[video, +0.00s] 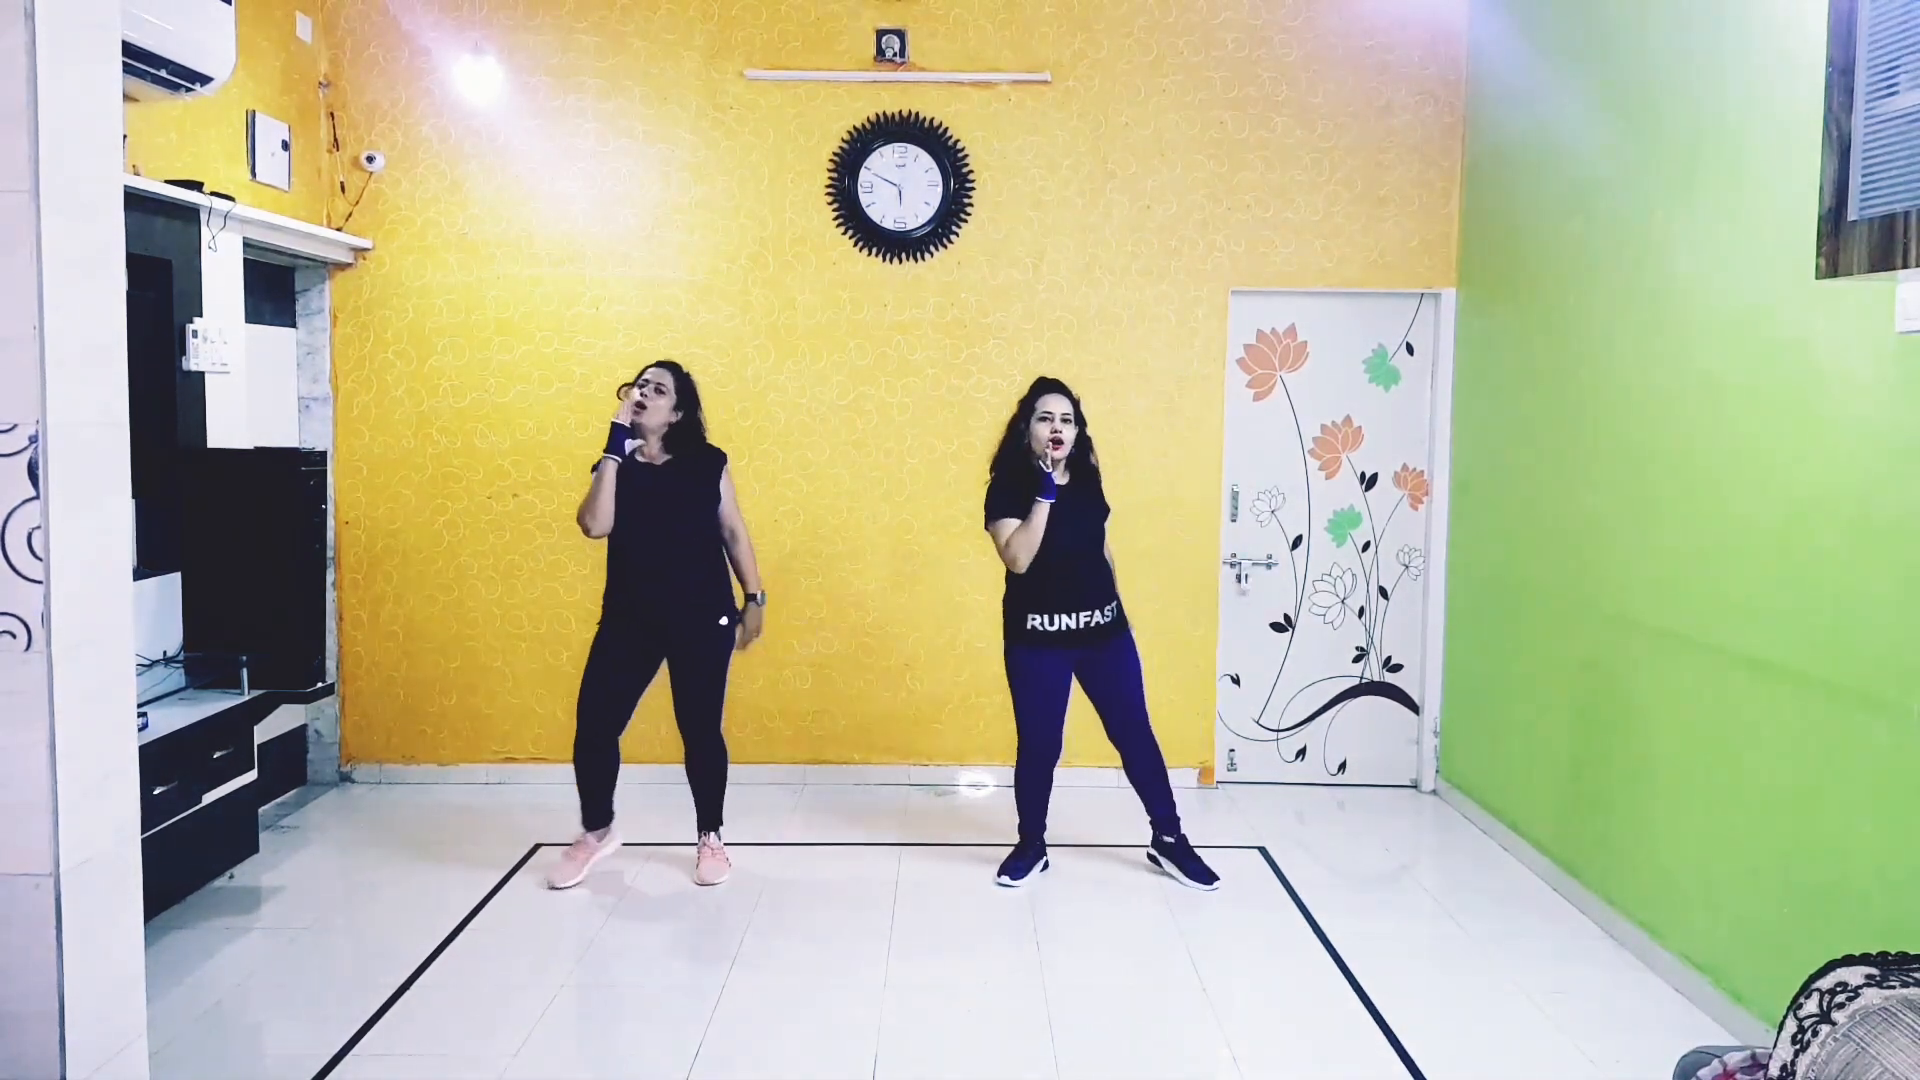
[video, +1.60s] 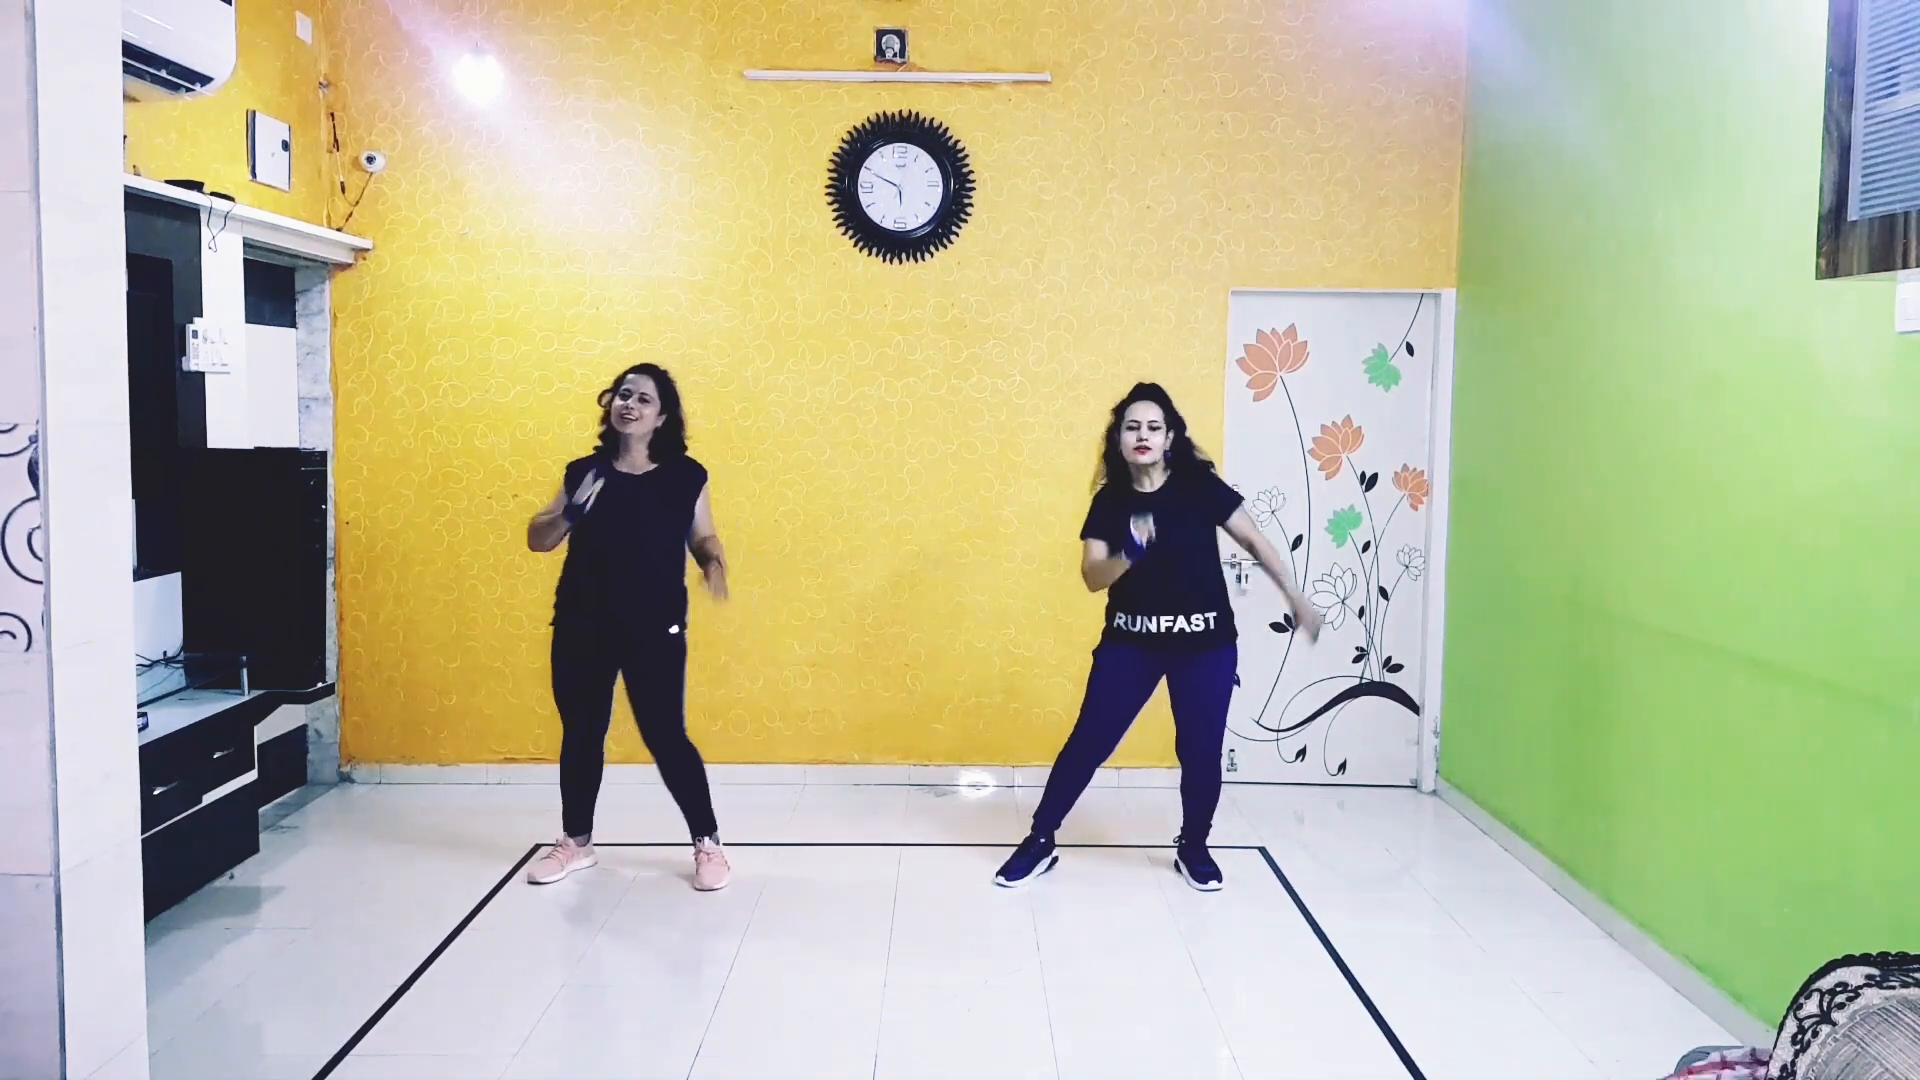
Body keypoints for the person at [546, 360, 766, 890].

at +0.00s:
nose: (642, 394)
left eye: (657, 390)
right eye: (639, 386)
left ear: (680, 412)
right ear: (628, 399)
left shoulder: (708, 463)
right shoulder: (612, 466)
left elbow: (733, 530)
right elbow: (596, 525)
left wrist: (754, 597)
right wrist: (614, 448)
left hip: (700, 618)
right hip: (631, 617)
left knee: (701, 728)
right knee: (594, 724)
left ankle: (710, 836)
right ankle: (596, 830)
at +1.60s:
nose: (627, 403)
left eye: (642, 399)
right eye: (622, 394)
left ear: (663, 416)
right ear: (609, 406)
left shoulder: (685, 478)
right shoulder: (584, 472)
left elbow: (704, 540)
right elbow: (538, 541)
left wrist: (713, 562)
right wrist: (568, 511)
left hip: (653, 628)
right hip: (583, 625)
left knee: (665, 737)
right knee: (580, 734)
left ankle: (706, 845)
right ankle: (575, 841)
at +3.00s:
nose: (613, 407)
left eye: (626, 402)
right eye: (606, 398)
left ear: (645, 416)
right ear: (590, 407)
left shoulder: (671, 472)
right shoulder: (570, 478)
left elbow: (697, 538)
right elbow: (551, 550)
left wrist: (708, 550)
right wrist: (490, 564)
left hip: (645, 628)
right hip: (575, 628)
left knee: (664, 736)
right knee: (579, 736)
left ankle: (700, 840)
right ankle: (580, 844)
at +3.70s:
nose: (646, 415)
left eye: (660, 410)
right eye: (640, 407)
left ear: (681, 423)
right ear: (626, 417)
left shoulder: (705, 481)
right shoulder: (611, 490)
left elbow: (743, 541)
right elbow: (611, 560)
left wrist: (774, 549)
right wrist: (571, 597)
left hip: (720, 623)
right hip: (654, 628)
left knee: (725, 729)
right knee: (610, 730)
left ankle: (739, 845)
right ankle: (601, 849)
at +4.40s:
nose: (655, 420)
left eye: (669, 413)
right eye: (648, 412)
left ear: (691, 428)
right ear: (637, 423)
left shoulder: (715, 489)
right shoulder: (616, 491)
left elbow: (758, 549)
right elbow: (587, 559)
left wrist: (740, 526)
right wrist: (564, 557)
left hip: (696, 640)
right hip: (624, 639)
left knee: (712, 744)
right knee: (607, 746)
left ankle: (731, 847)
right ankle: (604, 848)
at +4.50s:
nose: (663, 408)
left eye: (676, 401)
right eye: (655, 399)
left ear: (697, 413)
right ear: (643, 408)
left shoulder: (721, 464)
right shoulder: (624, 462)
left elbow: (779, 465)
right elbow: (564, 469)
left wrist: (745, 406)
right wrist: (590, 406)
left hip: (701, 623)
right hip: (629, 621)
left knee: (715, 737)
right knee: (614, 734)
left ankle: (732, 845)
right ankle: (603, 845)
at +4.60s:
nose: (668, 384)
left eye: (682, 378)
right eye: (662, 375)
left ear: (702, 388)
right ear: (649, 380)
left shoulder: (718, 424)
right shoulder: (631, 413)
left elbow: (761, 377)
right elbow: (592, 356)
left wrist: (757, 306)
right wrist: (607, 285)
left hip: (701, 586)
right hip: (634, 585)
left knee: (717, 715)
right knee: (612, 711)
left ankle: (737, 835)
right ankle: (590, 830)